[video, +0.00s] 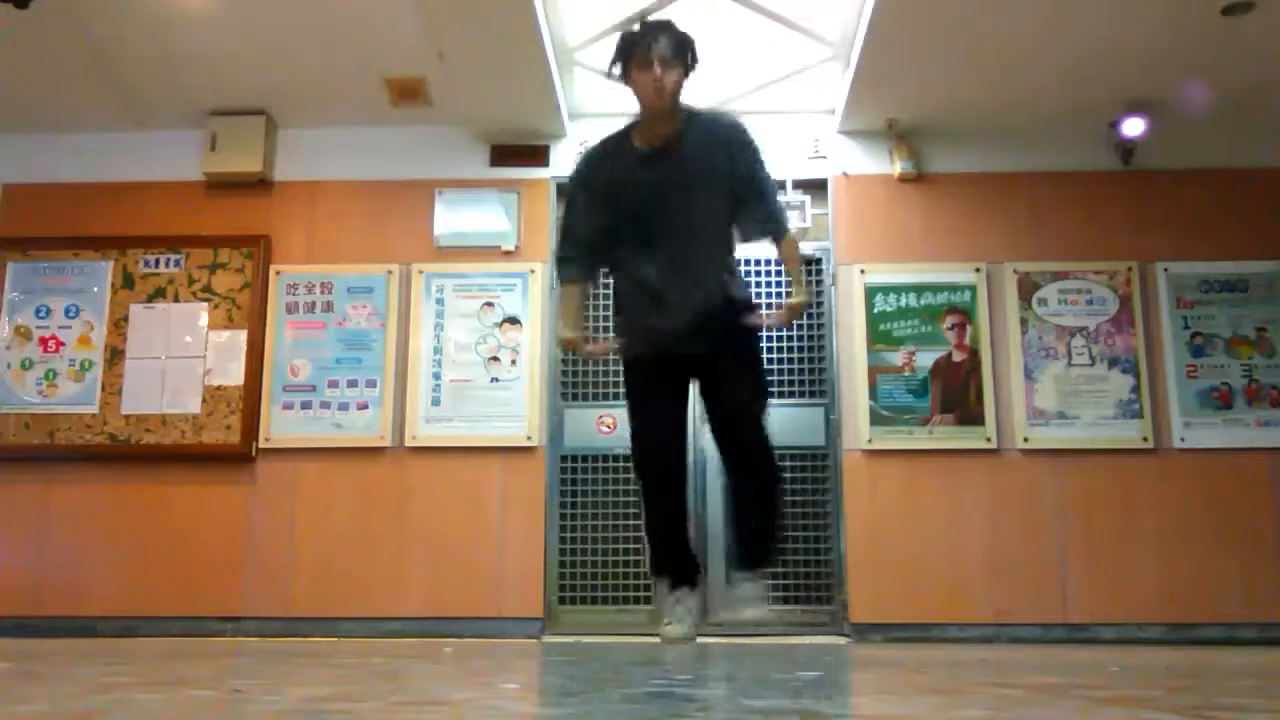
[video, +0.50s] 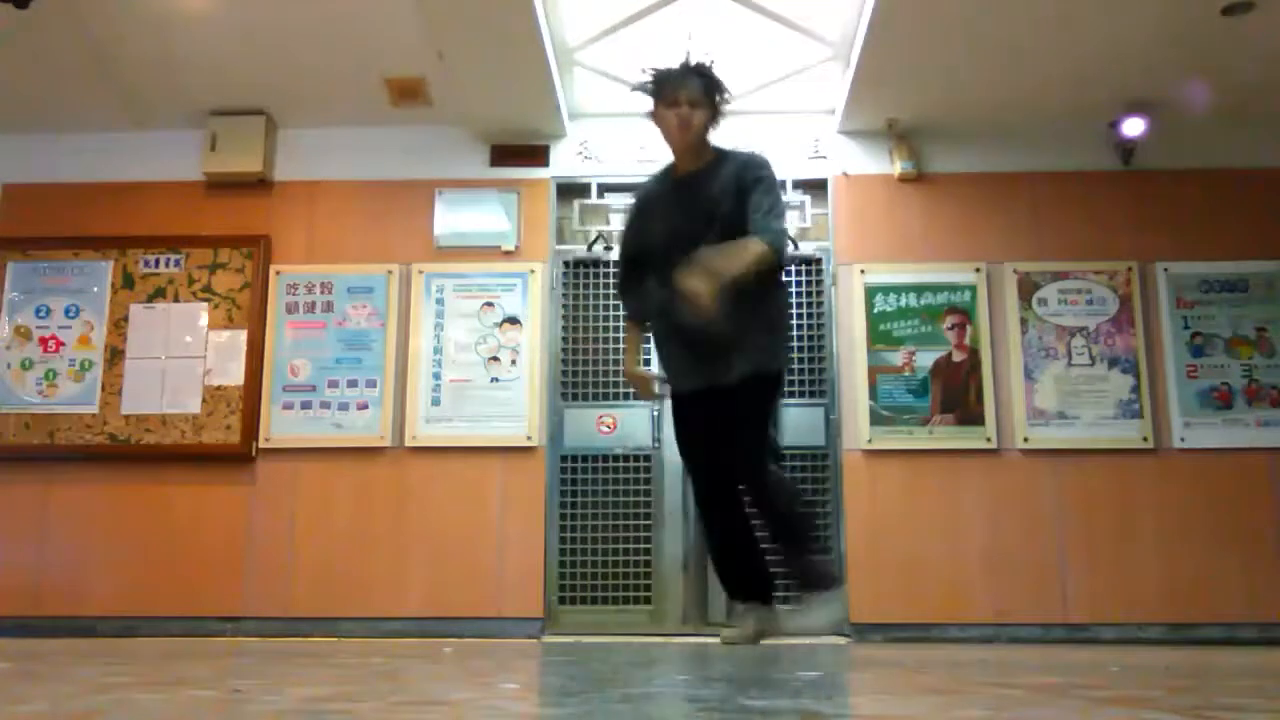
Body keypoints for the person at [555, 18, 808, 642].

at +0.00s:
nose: (660, 76)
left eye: (669, 64)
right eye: (647, 65)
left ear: (686, 73)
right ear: (626, 76)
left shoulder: (723, 138)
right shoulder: (601, 165)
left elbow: (769, 213)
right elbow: (577, 255)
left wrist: (798, 287)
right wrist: (570, 327)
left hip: (724, 321)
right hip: (647, 333)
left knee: (745, 442)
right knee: (658, 462)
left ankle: (749, 576)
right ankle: (677, 590)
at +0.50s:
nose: (679, 116)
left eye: (690, 105)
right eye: (668, 106)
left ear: (712, 113)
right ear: (656, 116)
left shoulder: (746, 171)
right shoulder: (652, 199)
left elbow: (769, 239)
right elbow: (634, 283)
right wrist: (631, 358)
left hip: (753, 355)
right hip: (689, 366)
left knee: (749, 466)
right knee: (711, 486)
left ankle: (818, 586)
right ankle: (752, 602)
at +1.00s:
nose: (778, 116)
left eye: (791, 107)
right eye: (769, 105)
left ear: (811, 116)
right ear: (757, 111)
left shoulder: (835, 184)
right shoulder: (733, 175)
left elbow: (882, 237)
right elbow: (741, 212)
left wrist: (919, 269)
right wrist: (806, 169)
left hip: (804, 363)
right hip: (729, 359)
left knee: (817, 486)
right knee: (676, 466)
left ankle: (842, 612)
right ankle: (646, 601)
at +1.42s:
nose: (823, 118)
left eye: (835, 108)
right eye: (813, 104)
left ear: (848, 119)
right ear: (791, 107)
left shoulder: (842, 195)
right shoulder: (746, 169)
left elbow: (852, 280)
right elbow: (668, 191)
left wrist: (831, 263)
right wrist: (600, 199)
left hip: (790, 346)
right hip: (729, 333)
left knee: (797, 472)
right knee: (786, 464)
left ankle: (667, 542)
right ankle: (779, 605)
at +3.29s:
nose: (710, 106)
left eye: (725, 95)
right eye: (702, 91)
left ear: (745, 104)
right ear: (685, 91)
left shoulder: (761, 183)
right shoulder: (628, 154)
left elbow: (844, 233)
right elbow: (547, 151)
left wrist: (854, 151)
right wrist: (497, 90)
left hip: (679, 365)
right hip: (604, 347)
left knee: (656, 492)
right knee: (594, 475)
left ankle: (622, 602)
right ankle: (582, 605)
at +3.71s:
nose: (738, 96)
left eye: (749, 82)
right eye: (726, 81)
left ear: (764, 81)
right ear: (705, 78)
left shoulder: (786, 147)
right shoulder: (672, 170)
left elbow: (834, 193)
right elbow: (617, 242)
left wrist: (912, 176)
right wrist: (585, 280)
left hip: (795, 343)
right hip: (715, 353)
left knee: (813, 470)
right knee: (721, 478)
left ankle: (799, 604)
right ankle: (720, 598)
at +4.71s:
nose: (749, 15)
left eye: (757, 7)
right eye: (741, 3)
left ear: (760, 12)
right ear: (710, 0)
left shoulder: (764, 82)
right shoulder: (646, 61)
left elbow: (786, 168)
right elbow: (561, 96)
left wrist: (841, 186)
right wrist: (517, 113)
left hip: (717, 275)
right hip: (641, 268)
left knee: (738, 441)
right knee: (674, 428)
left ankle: (599, 536)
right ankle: (629, 595)